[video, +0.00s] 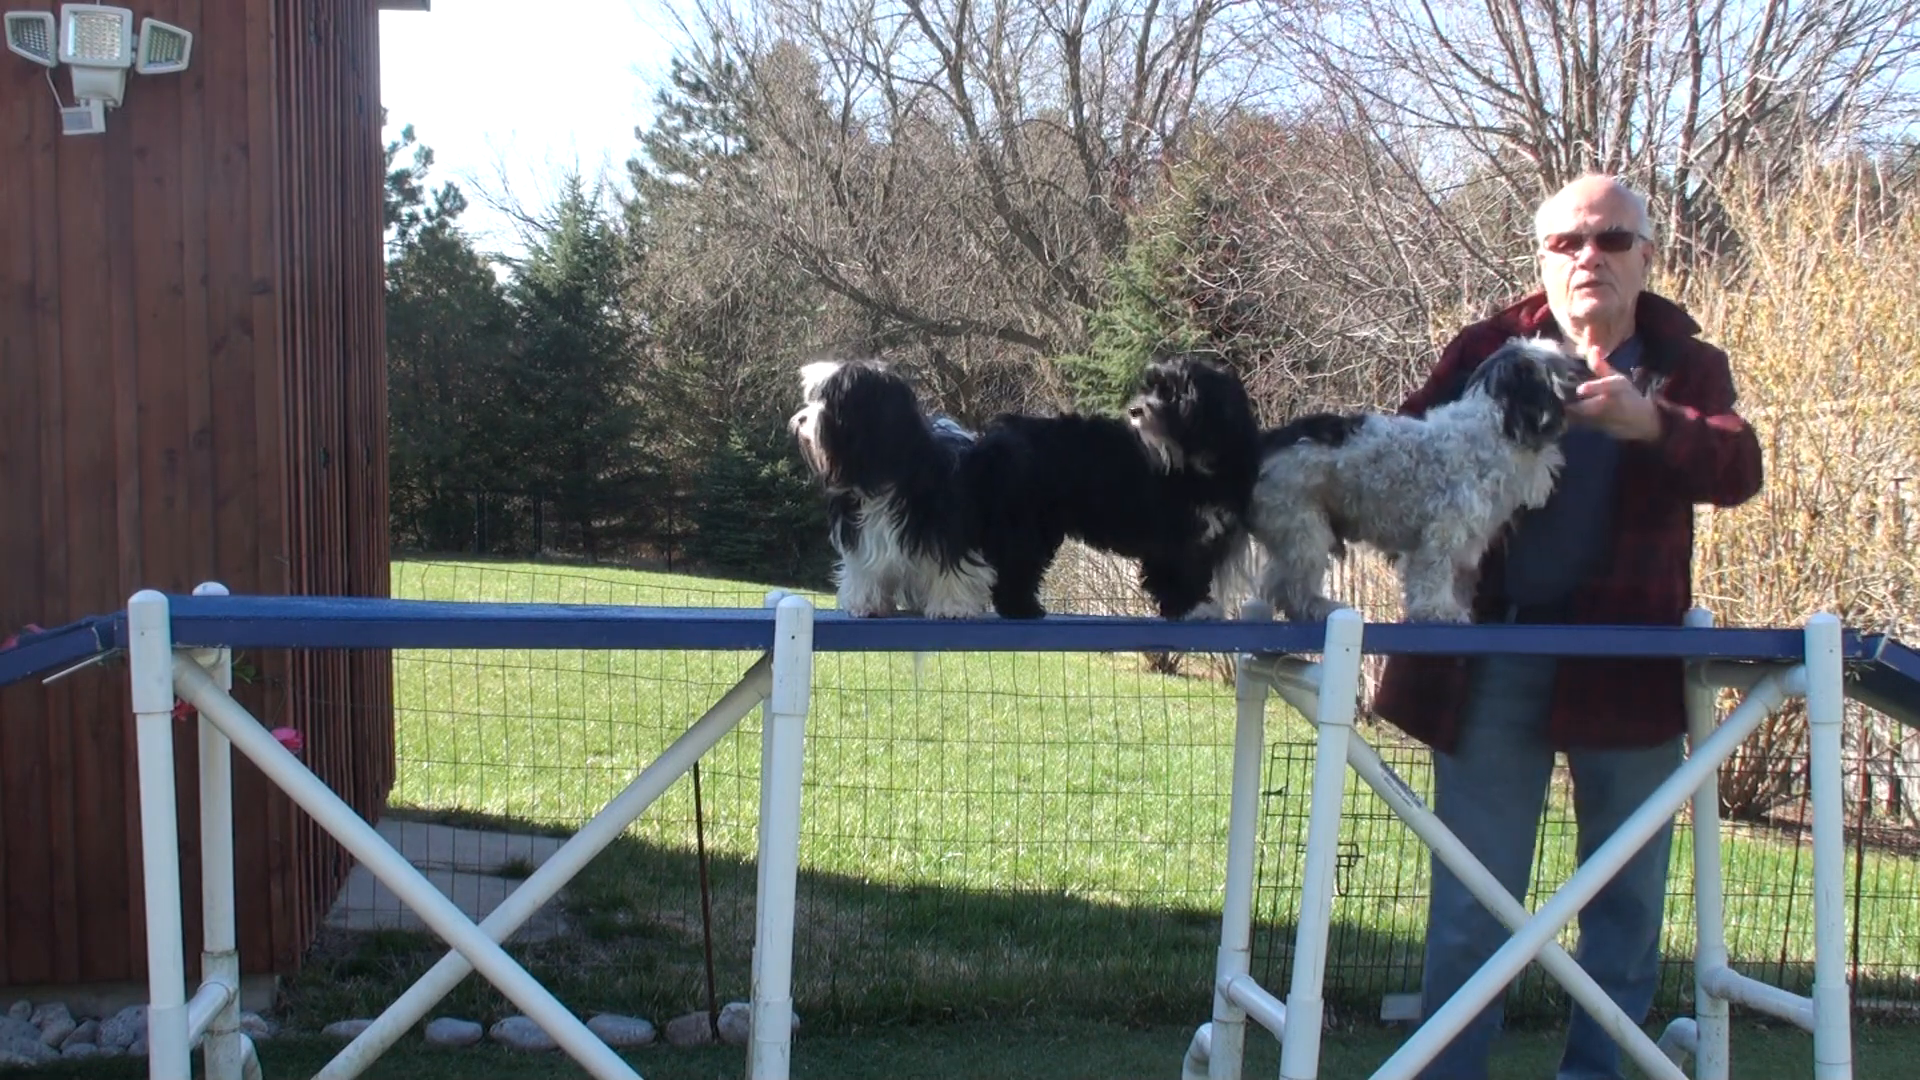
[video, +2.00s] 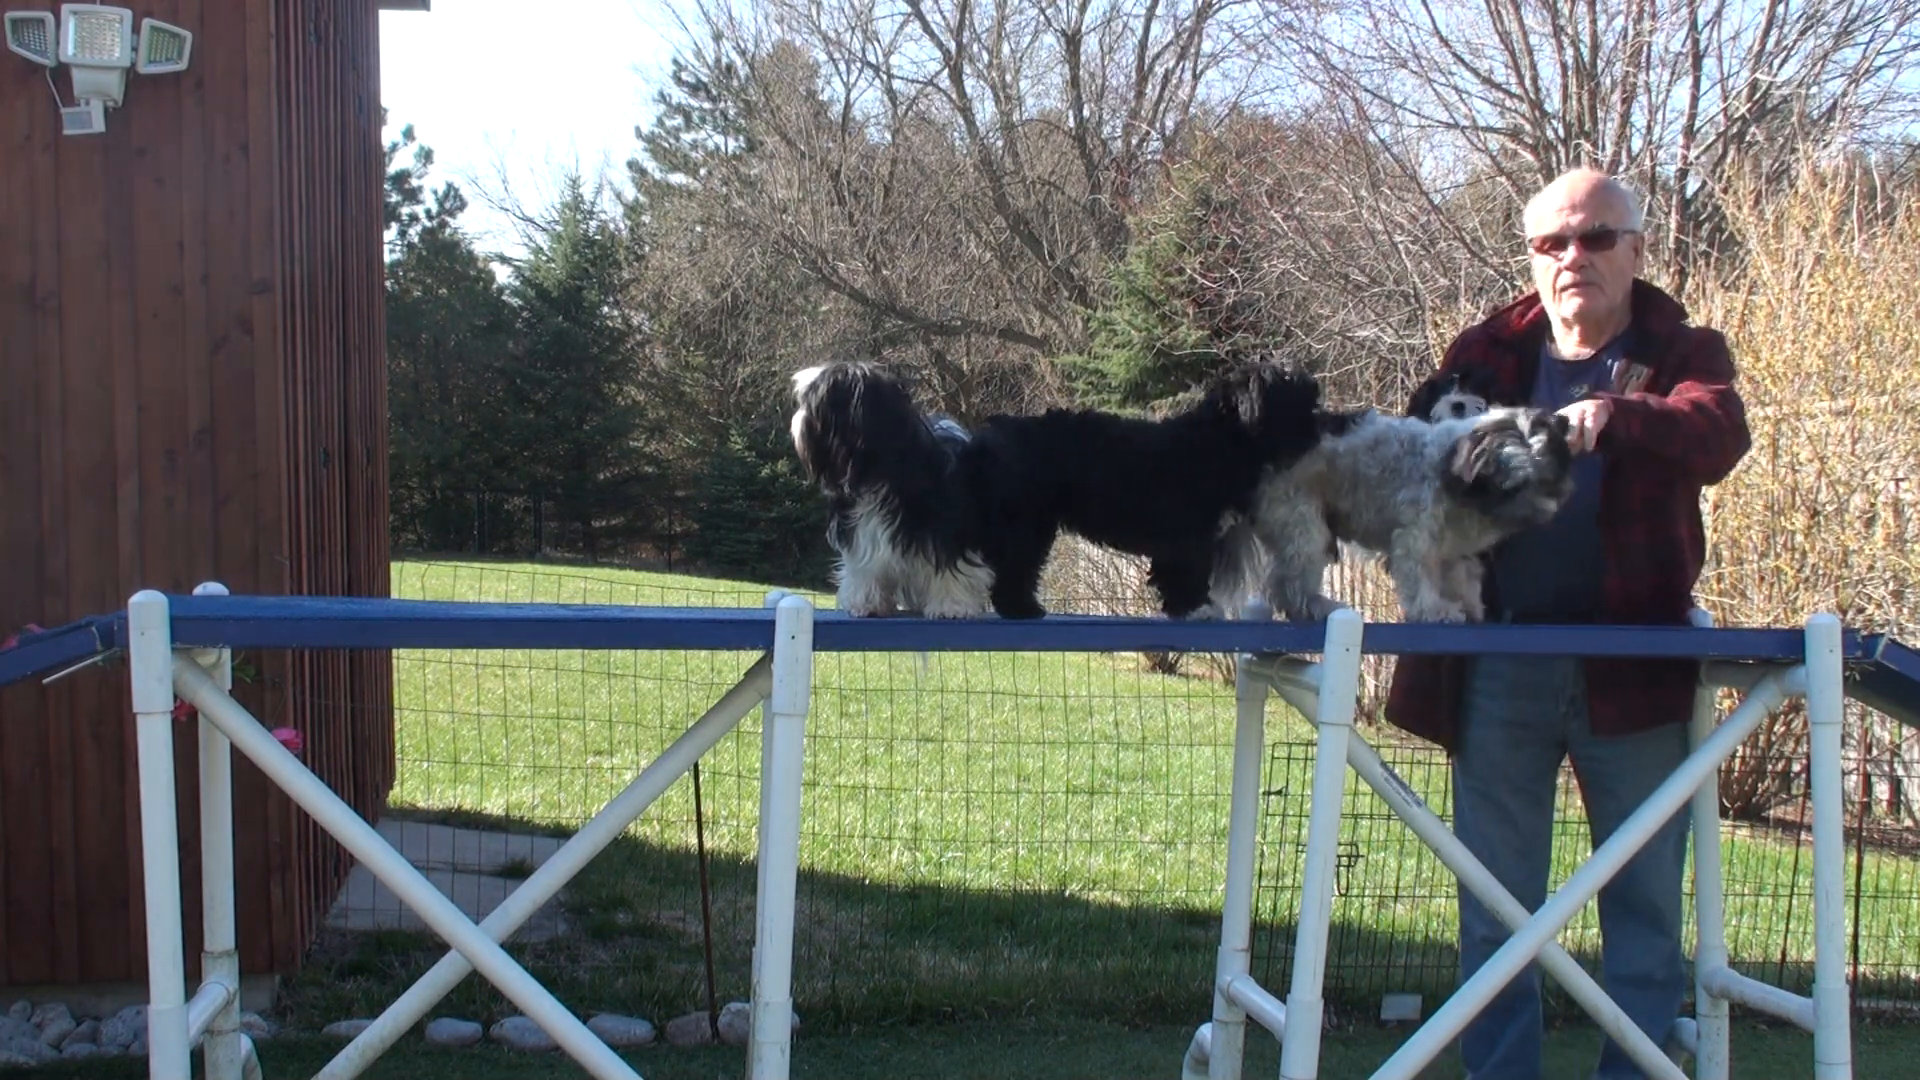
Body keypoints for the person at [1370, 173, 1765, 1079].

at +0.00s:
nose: (1590, 256)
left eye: (1612, 240)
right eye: (1569, 241)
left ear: (1646, 254)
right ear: (1541, 258)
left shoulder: (1682, 355)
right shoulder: (1486, 350)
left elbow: (1741, 473)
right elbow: (1404, 454)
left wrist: (1655, 424)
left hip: (1631, 652)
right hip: (1496, 645)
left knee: (1627, 889)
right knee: (1473, 881)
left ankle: (1599, 1064)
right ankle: (1448, 1063)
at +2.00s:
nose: (1574, 257)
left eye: (1596, 238)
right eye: (1552, 243)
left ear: (1635, 250)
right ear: (1530, 259)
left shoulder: (1683, 350)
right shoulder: (1483, 353)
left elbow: (1720, 438)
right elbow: (1420, 457)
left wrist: (1619, 416)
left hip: (1633, 660)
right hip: (1498, 657)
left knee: (1644, 899)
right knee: (1494, 898)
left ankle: (1638, 1069)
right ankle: (1497, 1063)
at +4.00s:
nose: (1590, 246)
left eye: (1614, 229)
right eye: (1569, 232)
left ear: (1654, 244)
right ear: (1544, 250)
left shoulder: (1709, 371)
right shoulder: (1490, 351)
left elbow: (1753, 512)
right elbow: (1359, 425)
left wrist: (1624, 478)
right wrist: (1410, 436)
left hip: (1640, 665)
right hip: (1498, 660)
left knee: (1646, 906)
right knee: (1492, 905)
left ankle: (1639, 1071)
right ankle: (1496, 1065)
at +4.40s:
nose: (1575, 246)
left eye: (1597, 228)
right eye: (1552, 233)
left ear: (1636, 243)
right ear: (1528, 255)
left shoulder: (1701, 371)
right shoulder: (1474, 364)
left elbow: (1751, 509)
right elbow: (1402, 480)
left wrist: (1640, 478)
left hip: (1641, 665)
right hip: (1501, 662)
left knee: (1645, 912)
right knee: (1493, 909)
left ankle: (1641, 1073)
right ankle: (1495, 1068)